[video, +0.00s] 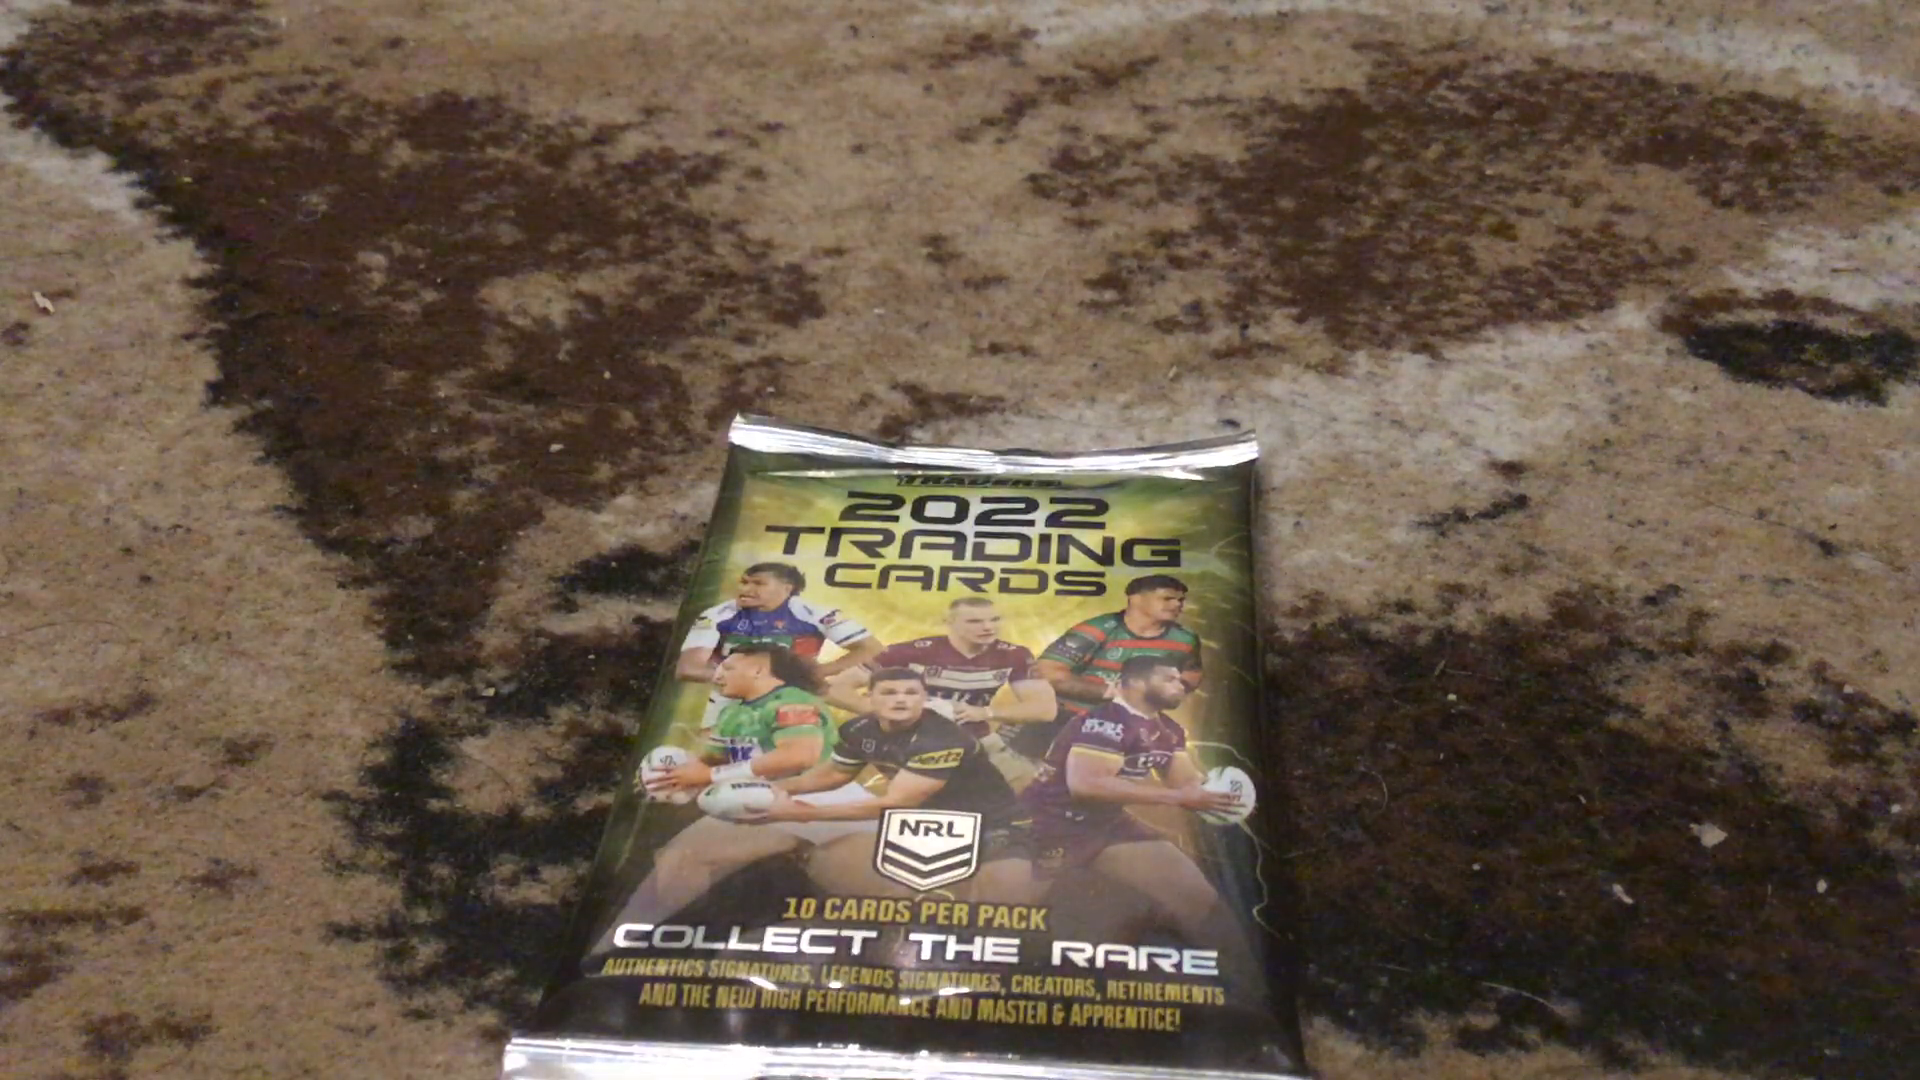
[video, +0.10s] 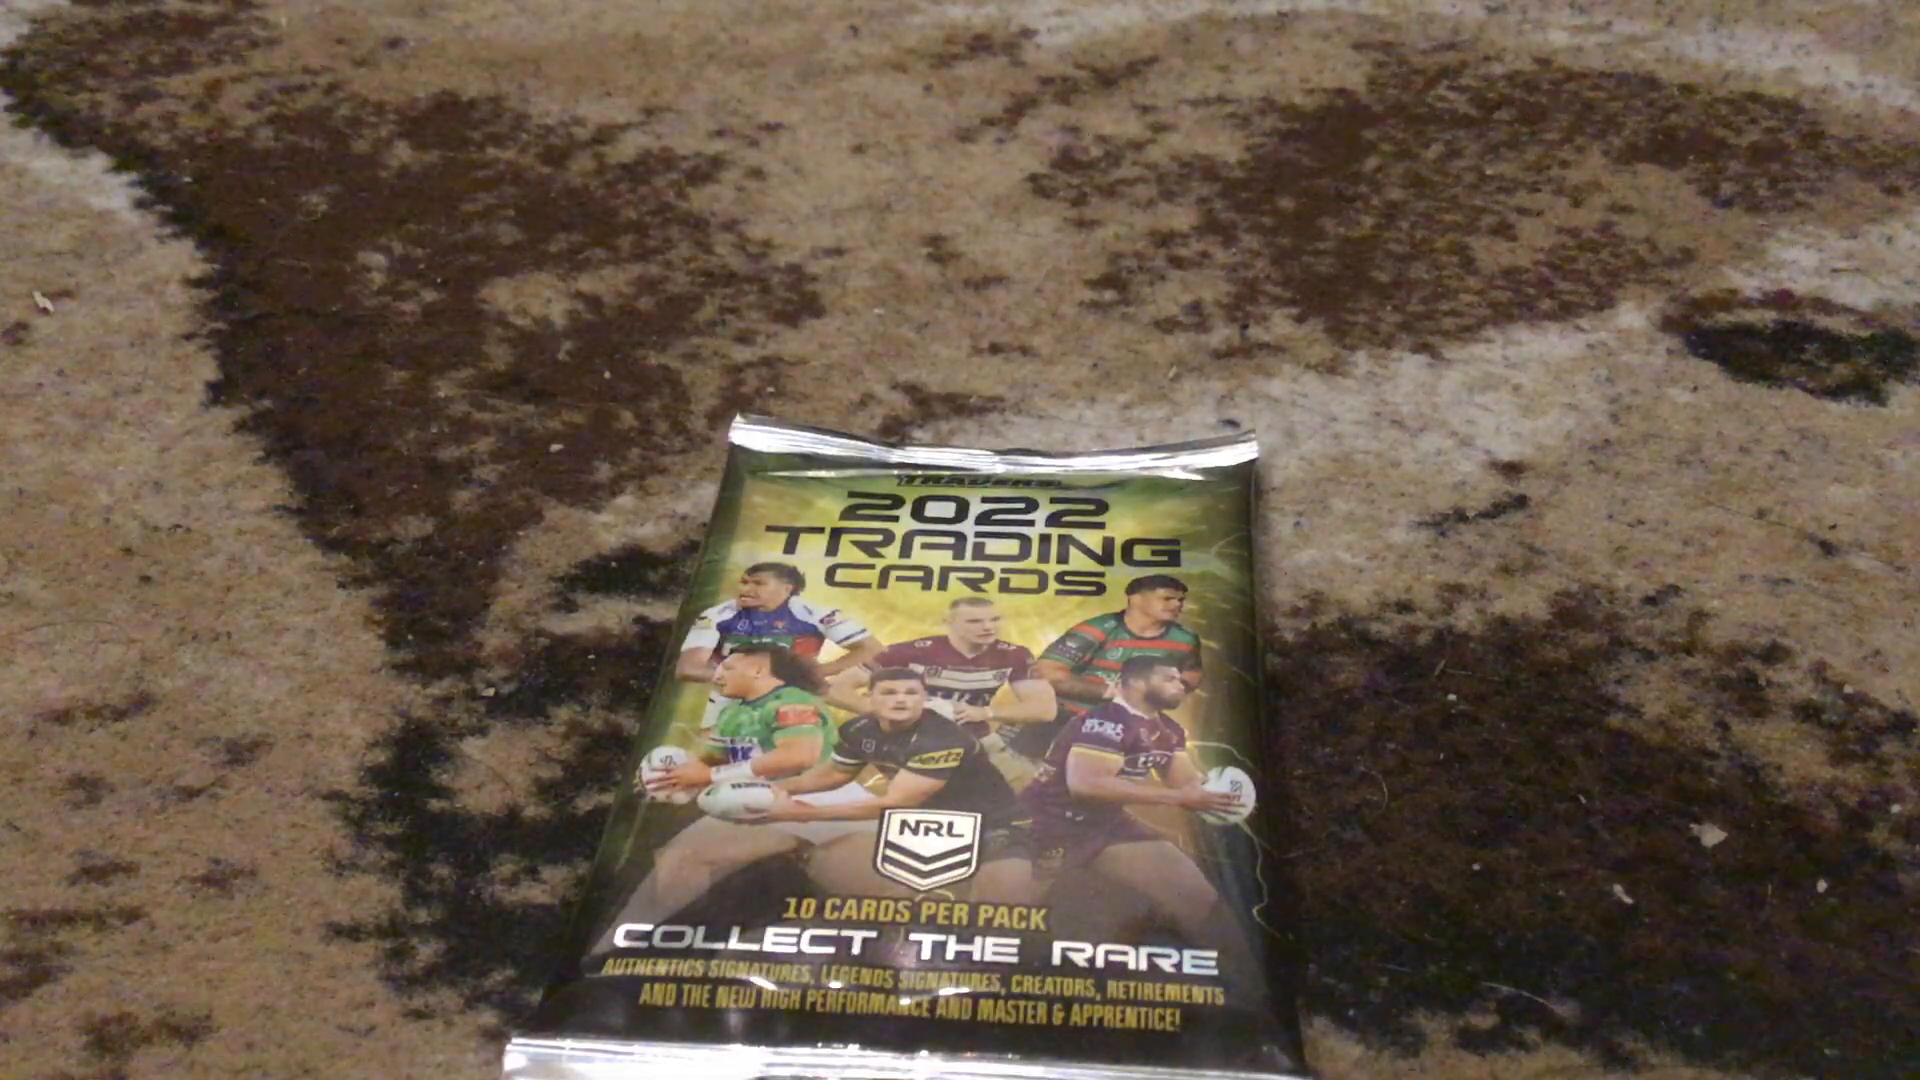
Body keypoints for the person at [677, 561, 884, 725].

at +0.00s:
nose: (748, 590)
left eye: (759, 584)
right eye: (746, 583)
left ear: (788, 588)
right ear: (740, 584)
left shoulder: (808, 614)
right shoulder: (720, 615)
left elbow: (871, 648)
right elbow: (687, 668)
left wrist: (819, 671)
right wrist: (738, 673)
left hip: (786, 715)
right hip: (725, 713)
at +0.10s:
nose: (748, 590)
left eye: (759, 584)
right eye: (746, 583)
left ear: (788, 588)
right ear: (741, 584)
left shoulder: (809, 614)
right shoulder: (720, 615)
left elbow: (872, 649)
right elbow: (687, 668)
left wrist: (818, 672)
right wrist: (739, 673)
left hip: (787, 718)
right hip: (725, 716)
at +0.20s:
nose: (748, 590)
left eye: (759, 584)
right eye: (746, 583)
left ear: (788, 588)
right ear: (740, 584)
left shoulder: (808, 613)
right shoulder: (720, 615)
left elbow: (872, 649)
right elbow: (687, 668)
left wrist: (820, 671)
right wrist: (739, 673)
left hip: (787, 715)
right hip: (725, 714)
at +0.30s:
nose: (748, 590)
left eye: (759, 583)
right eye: (746, 583)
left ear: (787, 588)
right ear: (740, 584)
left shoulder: (807, 613)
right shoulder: (721, 615)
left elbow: (871, 648)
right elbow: (686, 667)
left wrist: (819, 671)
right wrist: (738, 673)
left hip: (788, 715)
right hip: (726, 714)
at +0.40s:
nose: (748, 590)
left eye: (760, 583)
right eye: (746, 583)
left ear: (788, 588)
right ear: (741, 584)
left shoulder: (808, 613)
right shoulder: (720, 615)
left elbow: (871, 648)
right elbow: (686, 667)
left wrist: (819, 671)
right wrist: (739, 673)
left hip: (786, 714)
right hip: (725, 712)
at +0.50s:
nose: (748, 590)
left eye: (759, 583)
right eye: (746, 583)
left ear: (788, 588)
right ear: (740, 584)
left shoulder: (808, 613)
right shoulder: (720, 615)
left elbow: (871, 649)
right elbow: (686, 667)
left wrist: (818, 671)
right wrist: (739, 673)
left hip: (789, 715)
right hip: (726, 715)